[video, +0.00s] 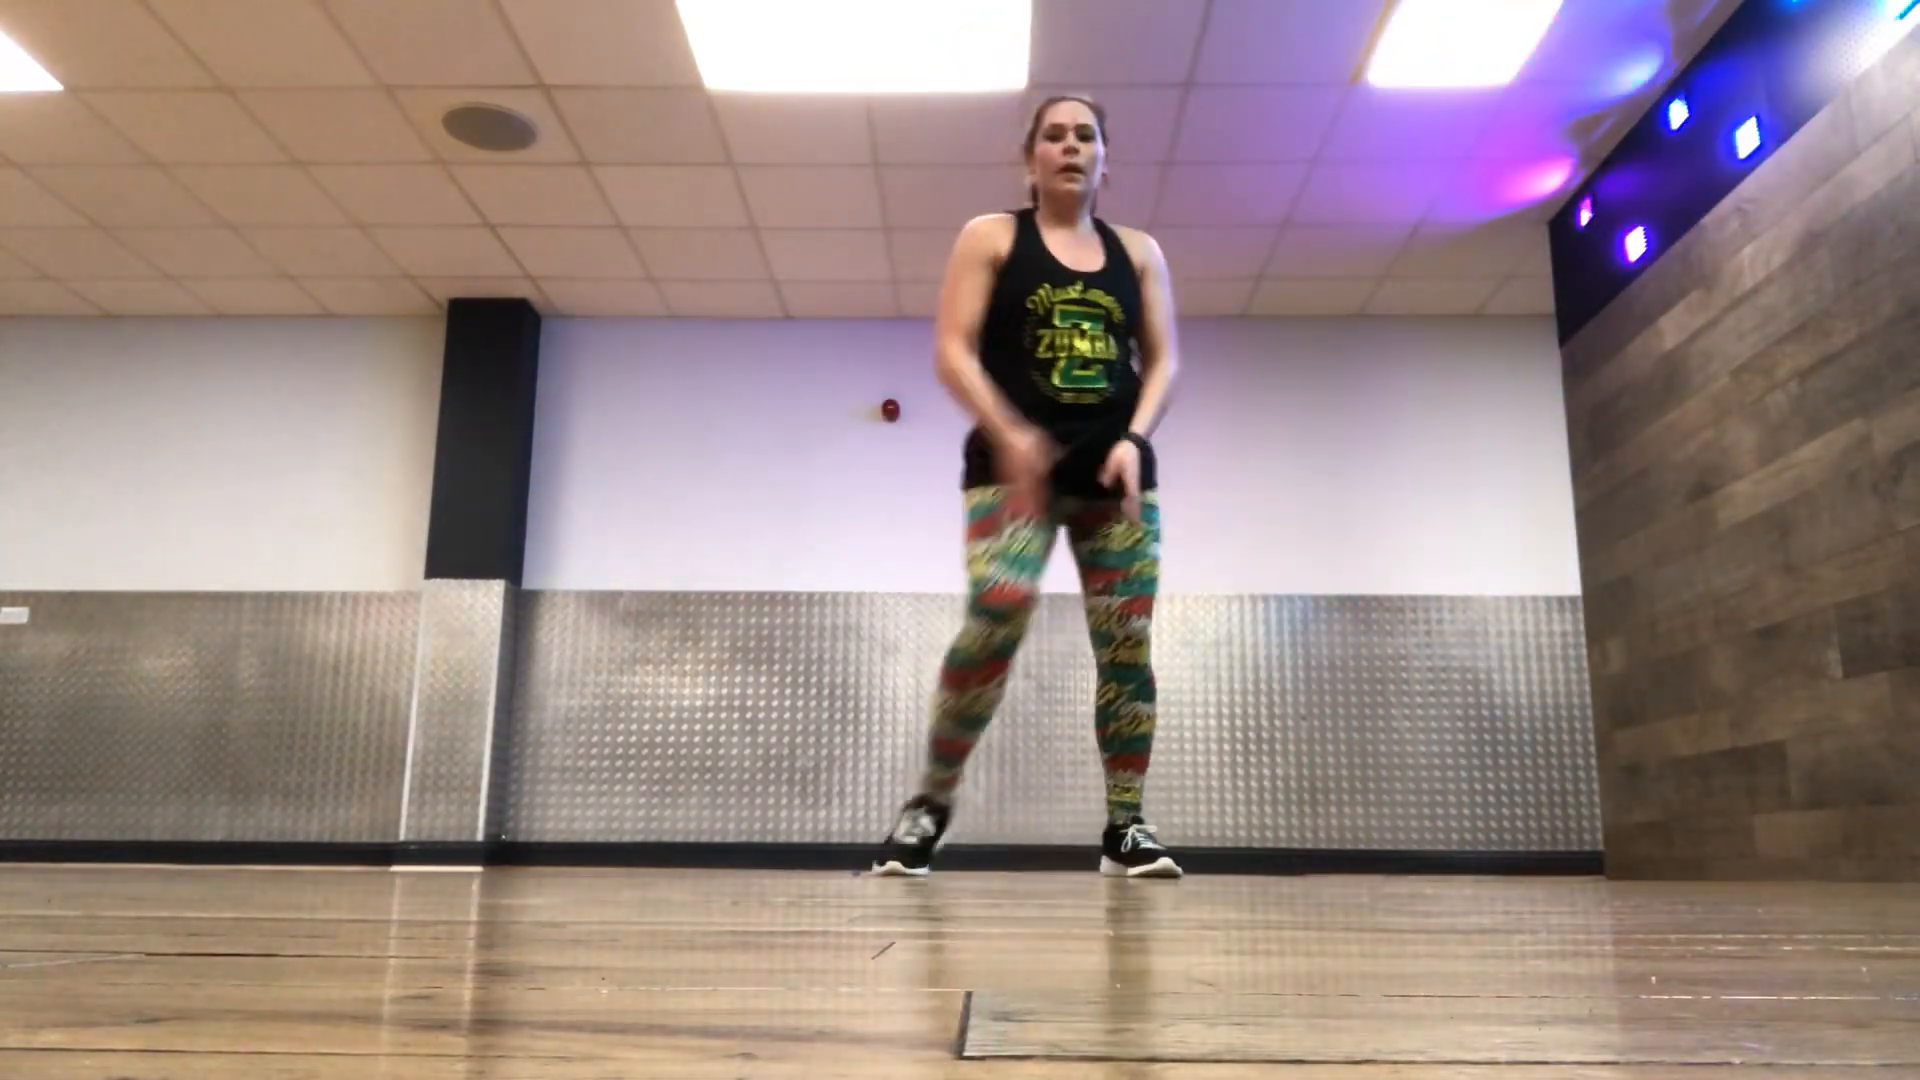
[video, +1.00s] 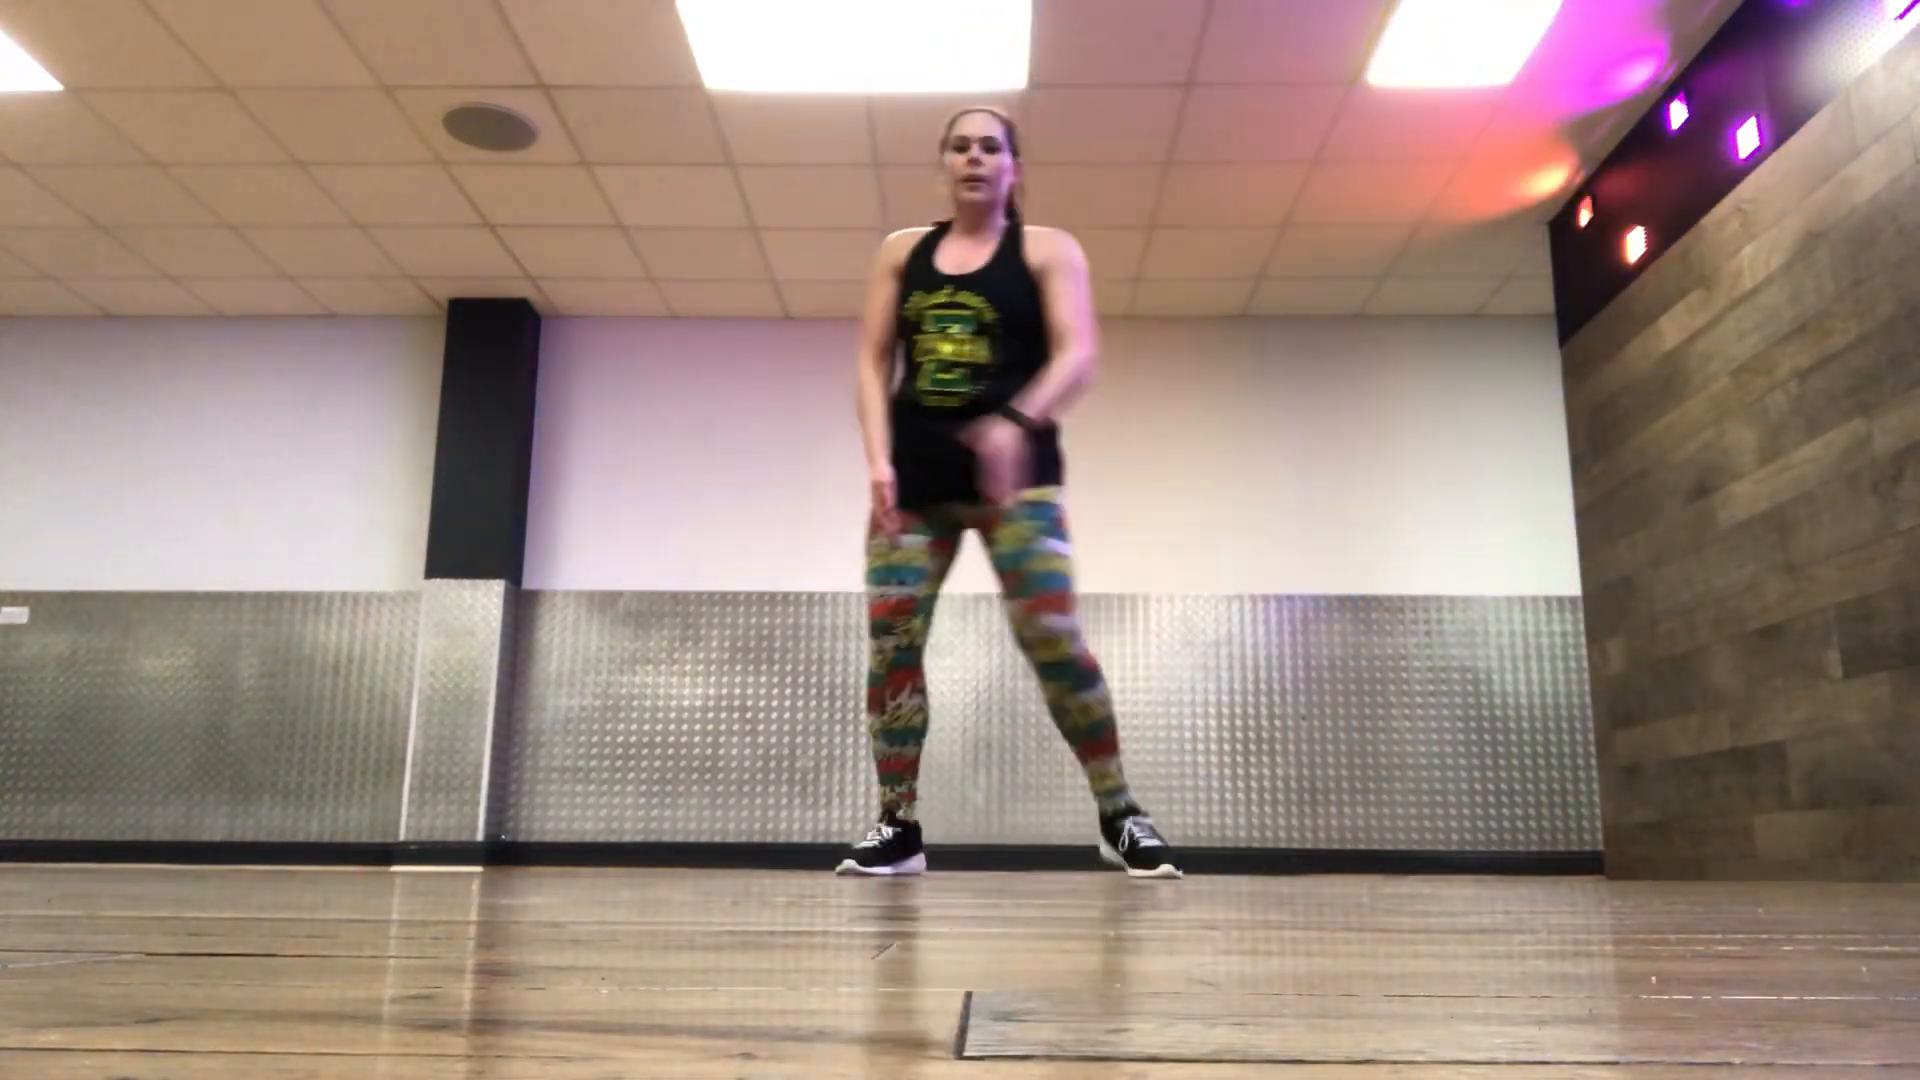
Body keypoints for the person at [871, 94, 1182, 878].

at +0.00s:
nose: (1071, 146)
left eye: (1084, 136)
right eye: (1055, 135)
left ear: (1103, 157)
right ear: (1029, 155)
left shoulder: (1137, 252)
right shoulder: (991, 237)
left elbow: (1161, 358)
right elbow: (952, 352)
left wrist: (1134, 437)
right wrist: (1010, 434)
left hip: (1113, 469)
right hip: (1015, 464)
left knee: (1126, 642)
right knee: (997, 620)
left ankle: (1126, 825)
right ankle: (930, 806)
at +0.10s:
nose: (1086, 152)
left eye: (1099, 141)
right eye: (1071, 141)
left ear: (1117, 161)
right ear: (1044, 161)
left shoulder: (1152, 253)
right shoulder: (1006, 238)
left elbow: (1181, 356)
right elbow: (990, 344)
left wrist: (1133, 417)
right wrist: (1094, 393)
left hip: (1130, 468)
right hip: (1030, 460)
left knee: (1133, 640)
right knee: (1038, 573)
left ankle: (1126, 826)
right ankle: (1005, 787)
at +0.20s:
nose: (1094, 153)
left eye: (1106, 142)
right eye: (1078, 141)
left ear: (1126, 161)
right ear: (1052, 161)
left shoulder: (1160, 250)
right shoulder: (1018, 234)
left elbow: (1182, 350)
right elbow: (1035, 331)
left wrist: (1124, 401)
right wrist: (1152, 382)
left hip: (1139, 468)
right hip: (1040, 462)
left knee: (1138, 641)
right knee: (1078, 569)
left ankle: (1125, 831)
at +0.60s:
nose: (1076, 163)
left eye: (1090, 152)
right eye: (1062, 153)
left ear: (1115, 170)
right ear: (1042, 170)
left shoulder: (1155, 256)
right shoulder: (1006, 246)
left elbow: (1191, 360)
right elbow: (984, 353)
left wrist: (1180, 446)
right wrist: (1061, 406)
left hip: (1138, 486)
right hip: (1037, 481)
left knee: (1147, 642)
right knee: (1063, 605)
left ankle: (1126, 820)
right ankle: (1128, 777)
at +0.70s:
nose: (1056, 156)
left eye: (1071, 145)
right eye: (1043, 145)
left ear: (1097, 163)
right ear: (1023, 163)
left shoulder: (1141, 248)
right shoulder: (986, 244)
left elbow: (1184, 354)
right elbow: (955, 348)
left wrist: (1181, 452)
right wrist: (988, 422)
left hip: (1120, 475)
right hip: (1016, 471)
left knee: (1131, 640)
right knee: (987, 583)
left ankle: (1124, 822)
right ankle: (1015, 791)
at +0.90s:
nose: (1002, 155)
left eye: (1017, 144)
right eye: (989, 144)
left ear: (1043, 163)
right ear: (971, 162)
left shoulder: (1085, 251)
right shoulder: (930, 251)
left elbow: (1124, 355)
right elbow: (902, 358)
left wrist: (1096, 457)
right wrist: (904, 459)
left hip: (1058, 482)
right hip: (952, 485)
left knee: (1086, 644)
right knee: (915, 640)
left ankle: (1119, 825)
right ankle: (896, 823)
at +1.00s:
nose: (974, 157)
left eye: (989, 147)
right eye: (961, 146)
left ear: (1015, 168)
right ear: (941, 165)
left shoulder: (1048, 250)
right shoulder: (902, 252)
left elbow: (1078, 354)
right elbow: (873, 360)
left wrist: (1019, 418)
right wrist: (878, 461)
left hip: (1015, 479)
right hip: (916, 481)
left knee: (1053, 638)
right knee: (892, 646)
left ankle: (1119, 813)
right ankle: (897, 826)